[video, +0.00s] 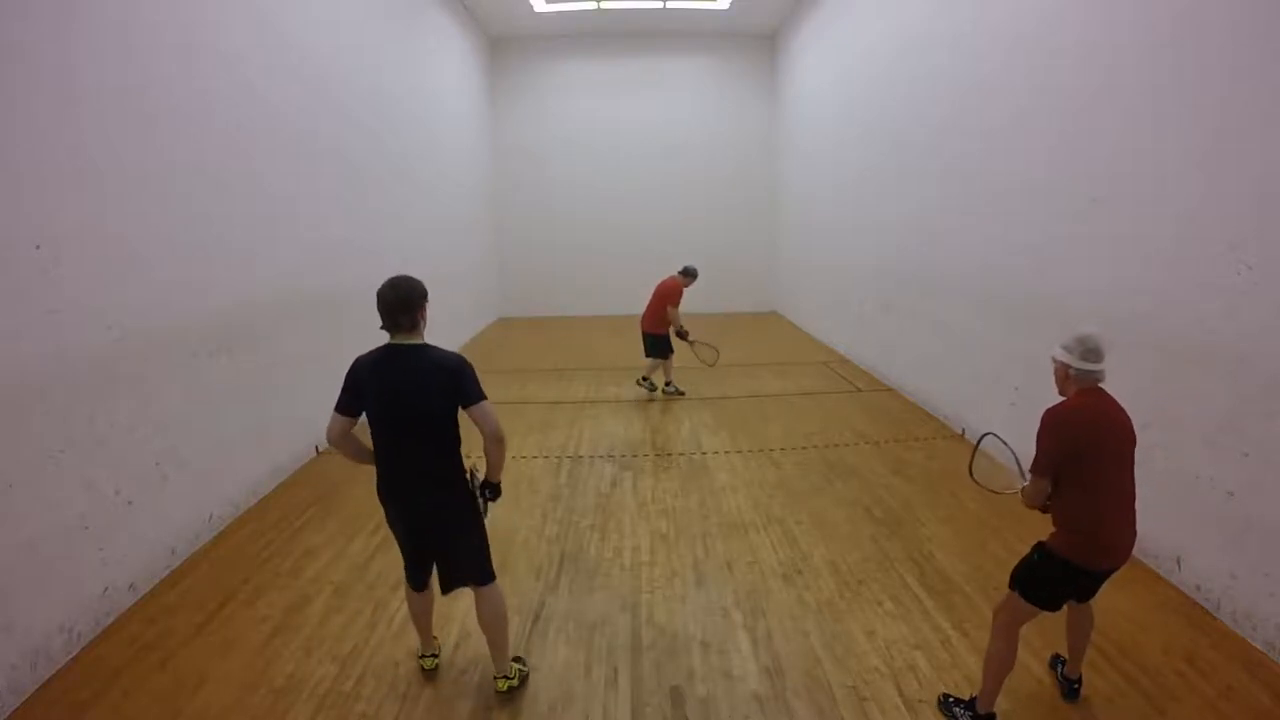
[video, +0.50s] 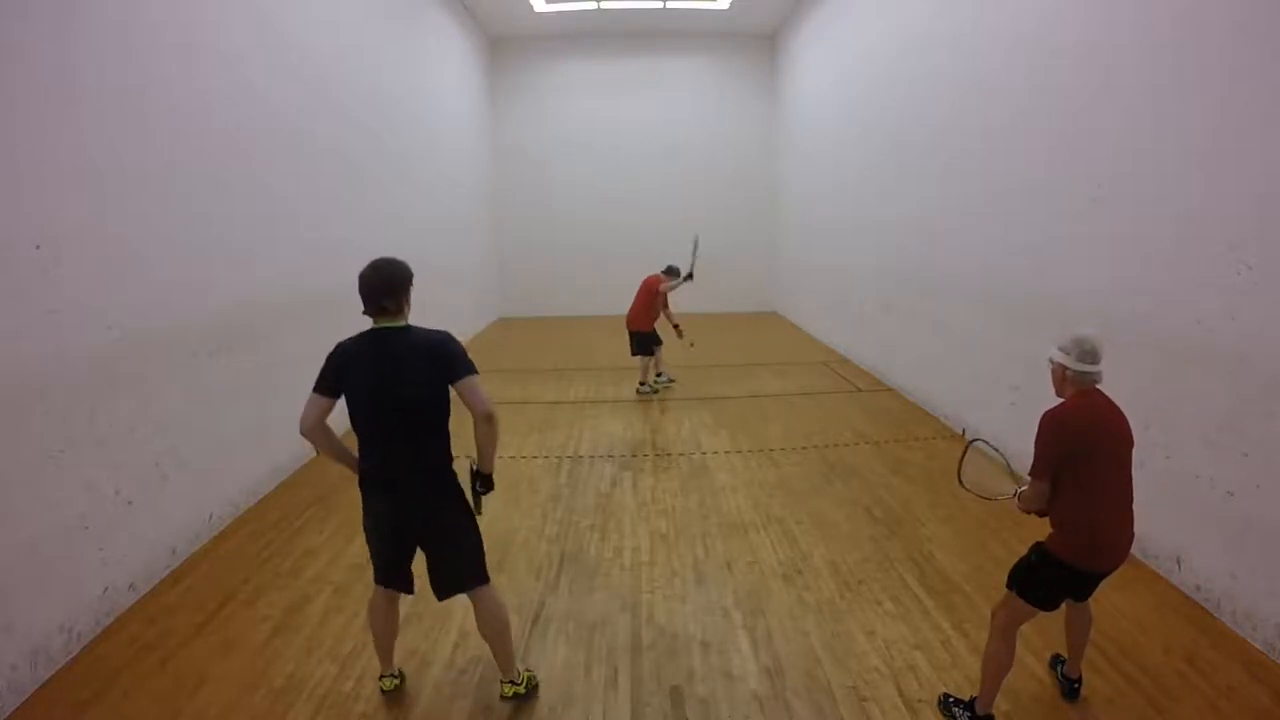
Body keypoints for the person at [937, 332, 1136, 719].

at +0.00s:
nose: (1053, 372)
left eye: (1057, 365)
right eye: (1055, 365)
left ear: (1067, 371)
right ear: (1096, 372)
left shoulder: (1059, 417)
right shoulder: (1117, 414)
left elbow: (1037, 494)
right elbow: (1105, 479)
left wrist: (1030, 495)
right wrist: (1052, 496)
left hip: (1075, 546)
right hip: (1117, 545)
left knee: (1007, 616)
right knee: (1080, 598)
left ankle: (982, 708)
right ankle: (1073, 676)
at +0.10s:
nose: (1051, 371)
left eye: (1054, 366)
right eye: (1053, 365)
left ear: (1065, 372)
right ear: (1094, 373)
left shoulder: (1057, 418)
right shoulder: (1115, 415)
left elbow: (1034, 494)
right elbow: (1103, 480)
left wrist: (1028, 496)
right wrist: (1051, 498)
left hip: (1074, 546)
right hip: (1116, 545)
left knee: (1007, 617)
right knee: (1079, 598)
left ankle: (981, 708)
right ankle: (1072, 676)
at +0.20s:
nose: (1049, 373)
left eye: (1053, 367)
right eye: (1052, 366)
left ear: (1064, 373)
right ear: (1091, 374)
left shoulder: (1055, 418)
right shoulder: (1113, 414)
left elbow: (1033, 496)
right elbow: (1101, 481)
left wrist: (1026, 499)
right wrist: (1048, 500)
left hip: (1072, 548)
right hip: (1115, 545)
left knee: (1006, 617)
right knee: (1079, 598)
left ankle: (981, 707)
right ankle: (1072, 675)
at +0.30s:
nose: (1049, 373)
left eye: (1053, 367)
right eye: (1051, 366)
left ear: (1064, 373)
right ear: (1091, 374)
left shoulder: (1055, 419)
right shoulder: (1113, 415)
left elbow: (1034, 496)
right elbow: (1101, 482)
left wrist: (1025, 499)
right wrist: (1048, 501)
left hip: (1072, 548)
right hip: (1115, 545)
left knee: (1006, 617)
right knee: (1079, 597)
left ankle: (981, 707)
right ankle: (1072, 675)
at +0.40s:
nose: (1049, 373)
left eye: (1053, 367)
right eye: (1052, 366)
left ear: (1064, 373)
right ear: (1091, 374)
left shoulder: (1056, 419)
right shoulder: (1113, 415)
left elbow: (1035, 497)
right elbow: (1098, 483)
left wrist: (1026, 499)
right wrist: (1043, 501)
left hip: (1073, 548)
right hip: (1115, 545)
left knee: (1005, 618)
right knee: (1078, 597)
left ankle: (981, 708)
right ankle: (1073, 675)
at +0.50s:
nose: (1051, 373)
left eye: (1054, 367)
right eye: (1053, 366)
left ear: (1064, 373)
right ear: (1093, 374)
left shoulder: (1057, 420)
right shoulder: (1114, 415)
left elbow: (1037, 500)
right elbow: (1097, 482)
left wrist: (1025, 499)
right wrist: (1041, 497)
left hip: (1073, 548)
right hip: (1115, 545)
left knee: (1005, 618)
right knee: (1078, 597)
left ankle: (981, 708)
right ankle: (1073, 675)